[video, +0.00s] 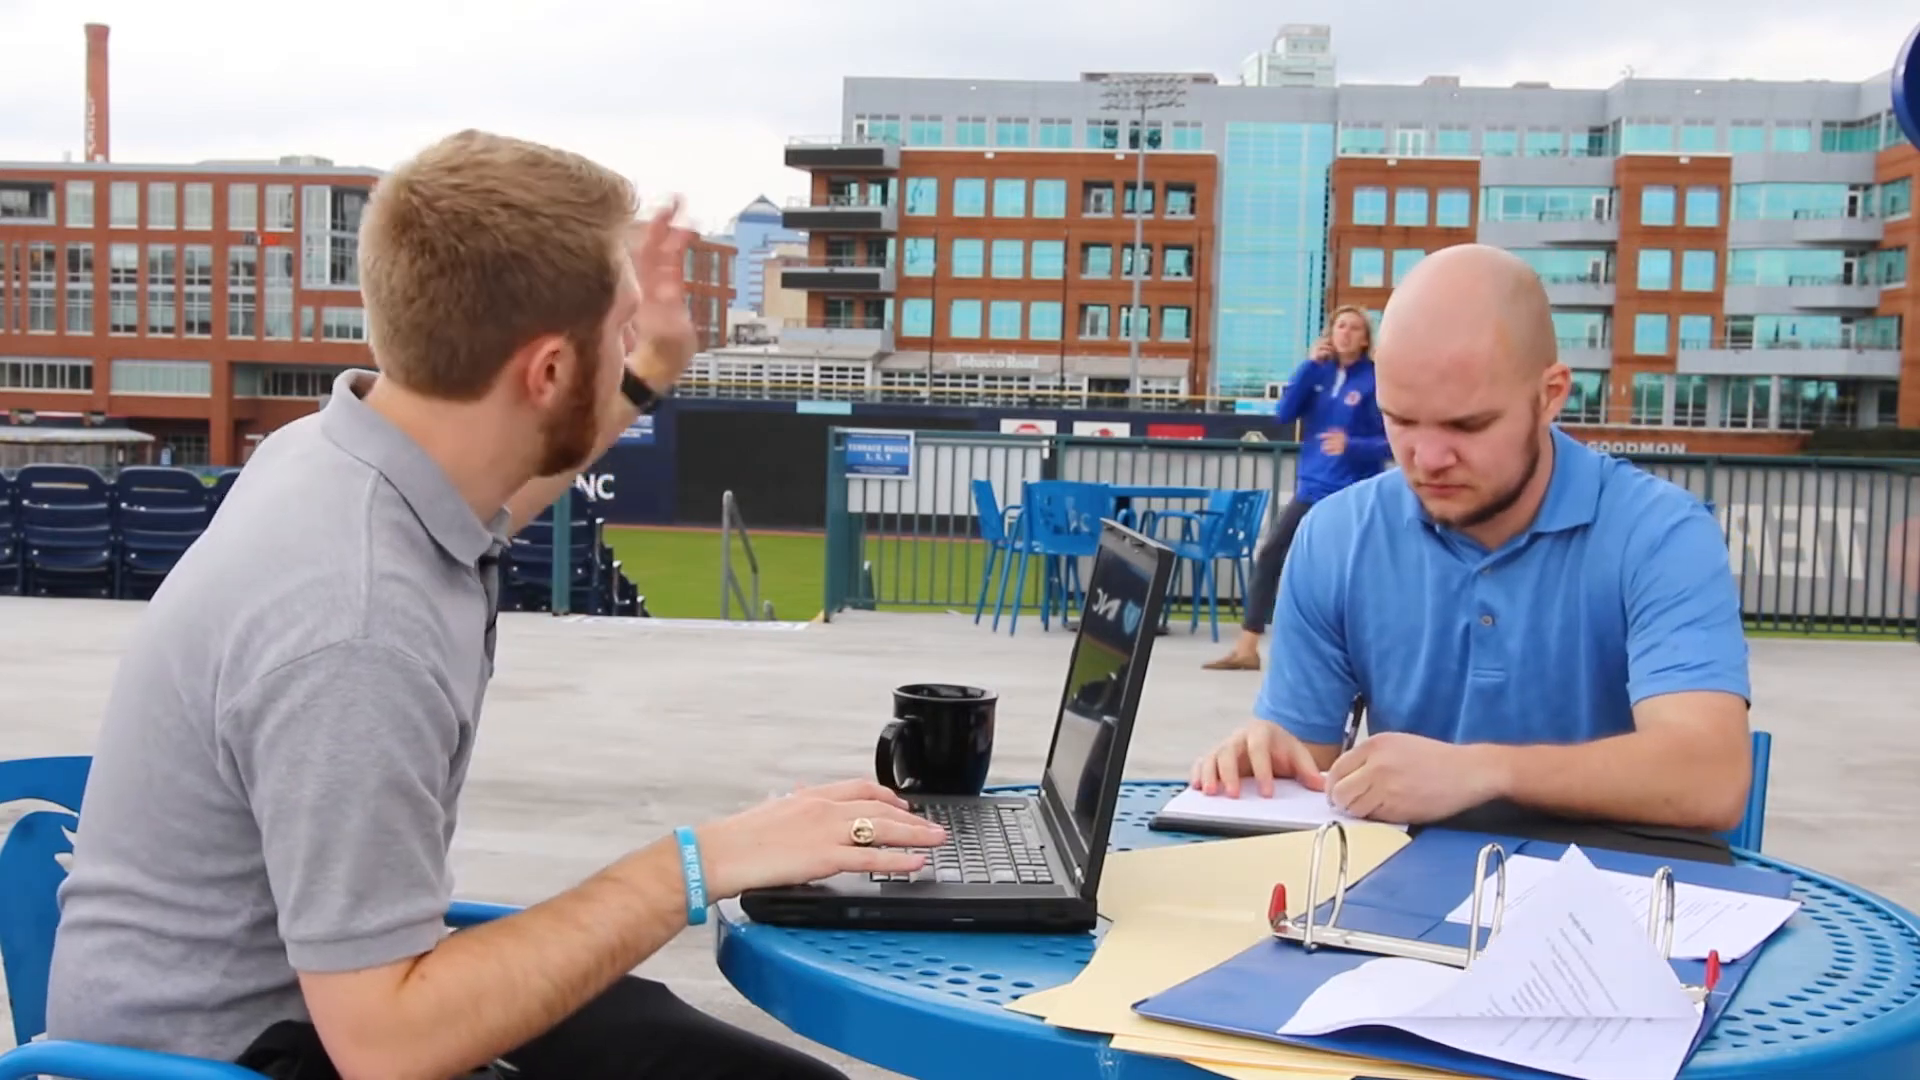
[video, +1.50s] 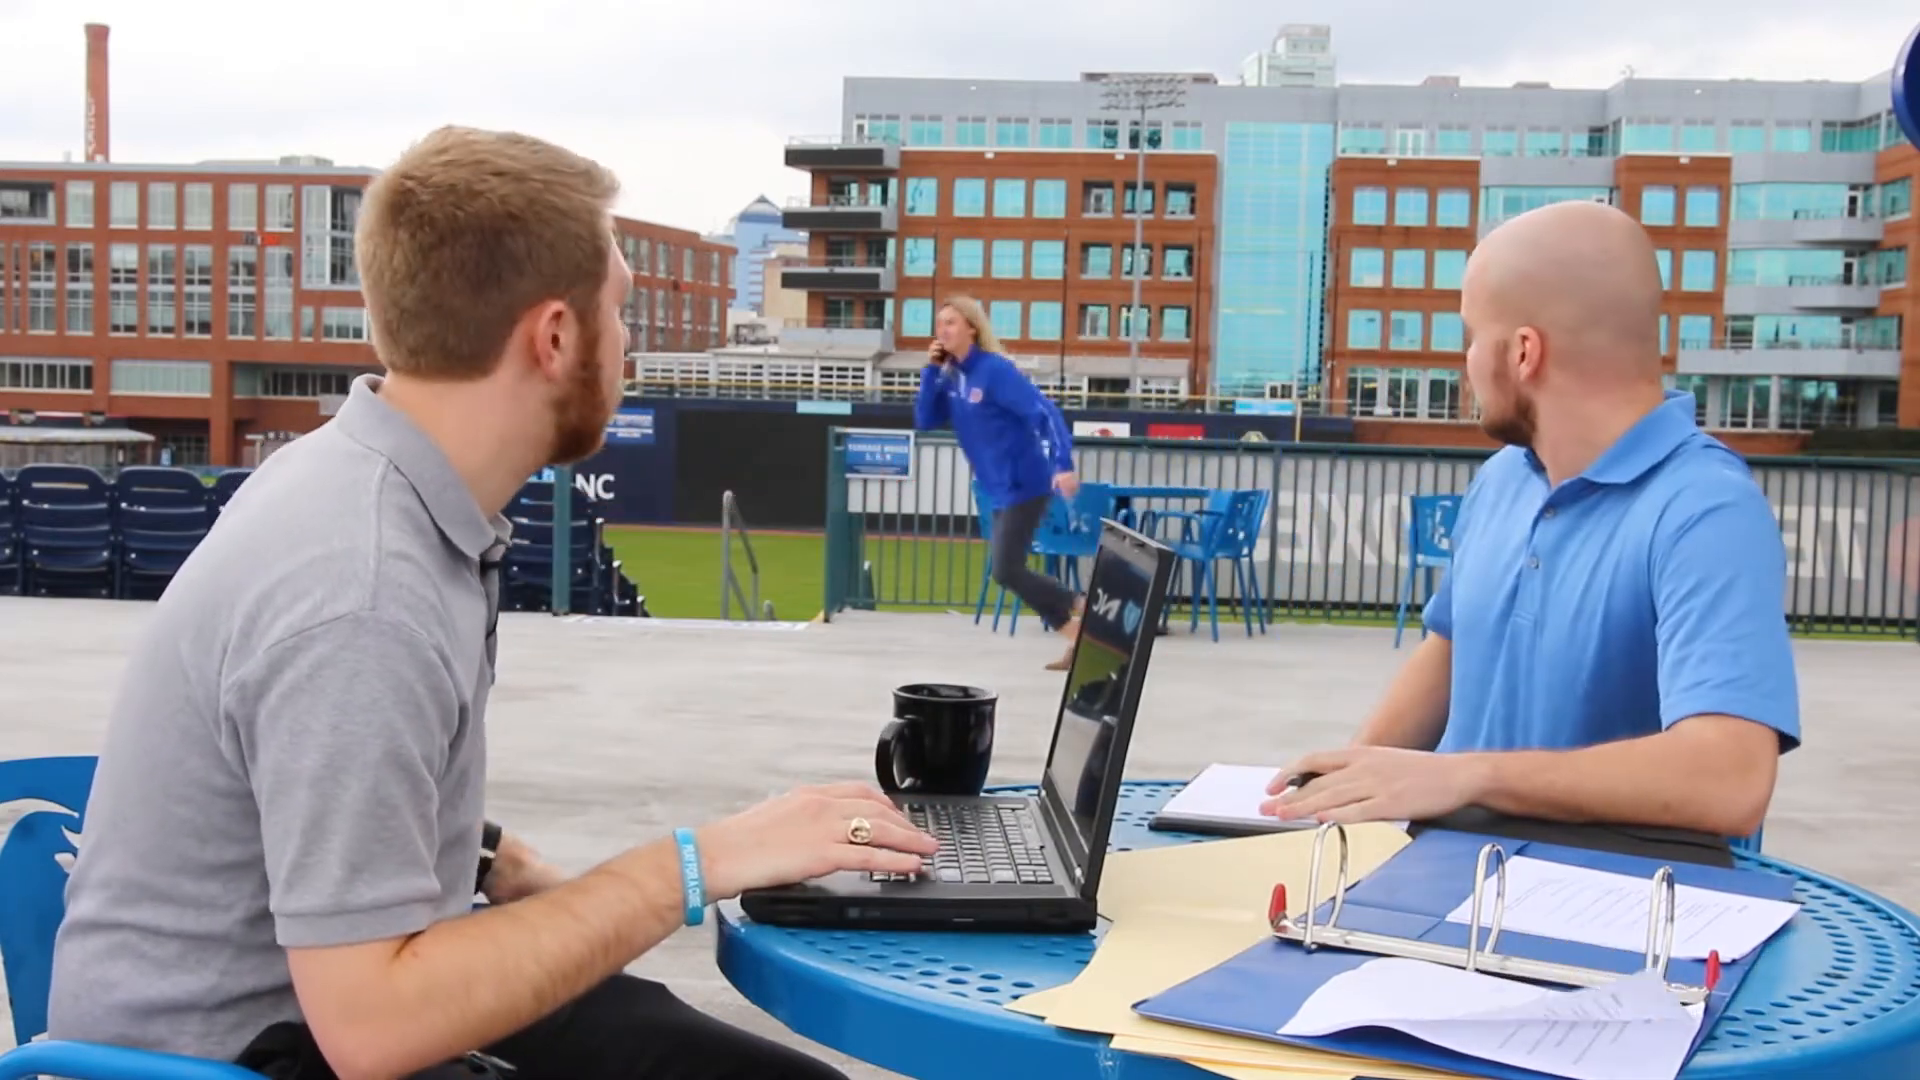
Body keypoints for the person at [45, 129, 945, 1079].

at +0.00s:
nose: (606, 391)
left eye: (623, 361)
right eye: (608, 366)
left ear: (405, 325)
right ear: (543, 373)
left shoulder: (340, 463)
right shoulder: (349, 620)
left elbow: (485, 501)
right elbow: (387, 1038)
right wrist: (713, 859)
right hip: (211, 1050)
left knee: (625, 1007)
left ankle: (811, 1070)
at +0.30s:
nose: (616, 376)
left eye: (620, 343)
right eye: (621, 346)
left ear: (409, 321)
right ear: (575, 373)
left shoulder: (358, 470)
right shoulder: (333, 624)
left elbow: (551, 537)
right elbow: (382, 1038)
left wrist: (784, 498)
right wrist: (709, 860)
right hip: (214, 1048)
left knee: (630, 1004)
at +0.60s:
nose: (613, 363)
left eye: (615, 333)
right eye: (618, 335)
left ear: (407, 314)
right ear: (586, 360)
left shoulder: (326, 463)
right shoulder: (356, 616)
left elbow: (499, 568)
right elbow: (385, 1036)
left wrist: (749, 518)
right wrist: (712, 858)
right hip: (218, 1052)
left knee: (616, 999)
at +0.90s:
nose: (605, 359)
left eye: (608, 329)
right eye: (610, 330)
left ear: (397, 315)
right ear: (579, 354)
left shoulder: (323, 466)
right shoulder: (351, 610)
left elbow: (485, 571)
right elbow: (382, 1032)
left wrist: (738, 522)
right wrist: (710, 859)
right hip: (218, 1049)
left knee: (637, 1013)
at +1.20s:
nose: (603, 358)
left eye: (606, 327)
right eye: (608, 328)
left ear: (396, 313)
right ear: (574, 352)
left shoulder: (319, 470)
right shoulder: (347, 612)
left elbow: (447, 618)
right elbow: (379, 1030)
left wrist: (691, 589)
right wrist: (706, 859)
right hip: (219, 1048)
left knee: (644, 1015)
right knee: (792, 1063)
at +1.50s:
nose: (627, 343)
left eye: (624, 305)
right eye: (618, 307)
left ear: (407, 318)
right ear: (548, 338)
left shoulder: (379, 491)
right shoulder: (352, 588)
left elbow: (339, 773)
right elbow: (370, 1025)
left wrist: (501, 867)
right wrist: (711, 860)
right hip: (211, 1046)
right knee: (783, 1066)